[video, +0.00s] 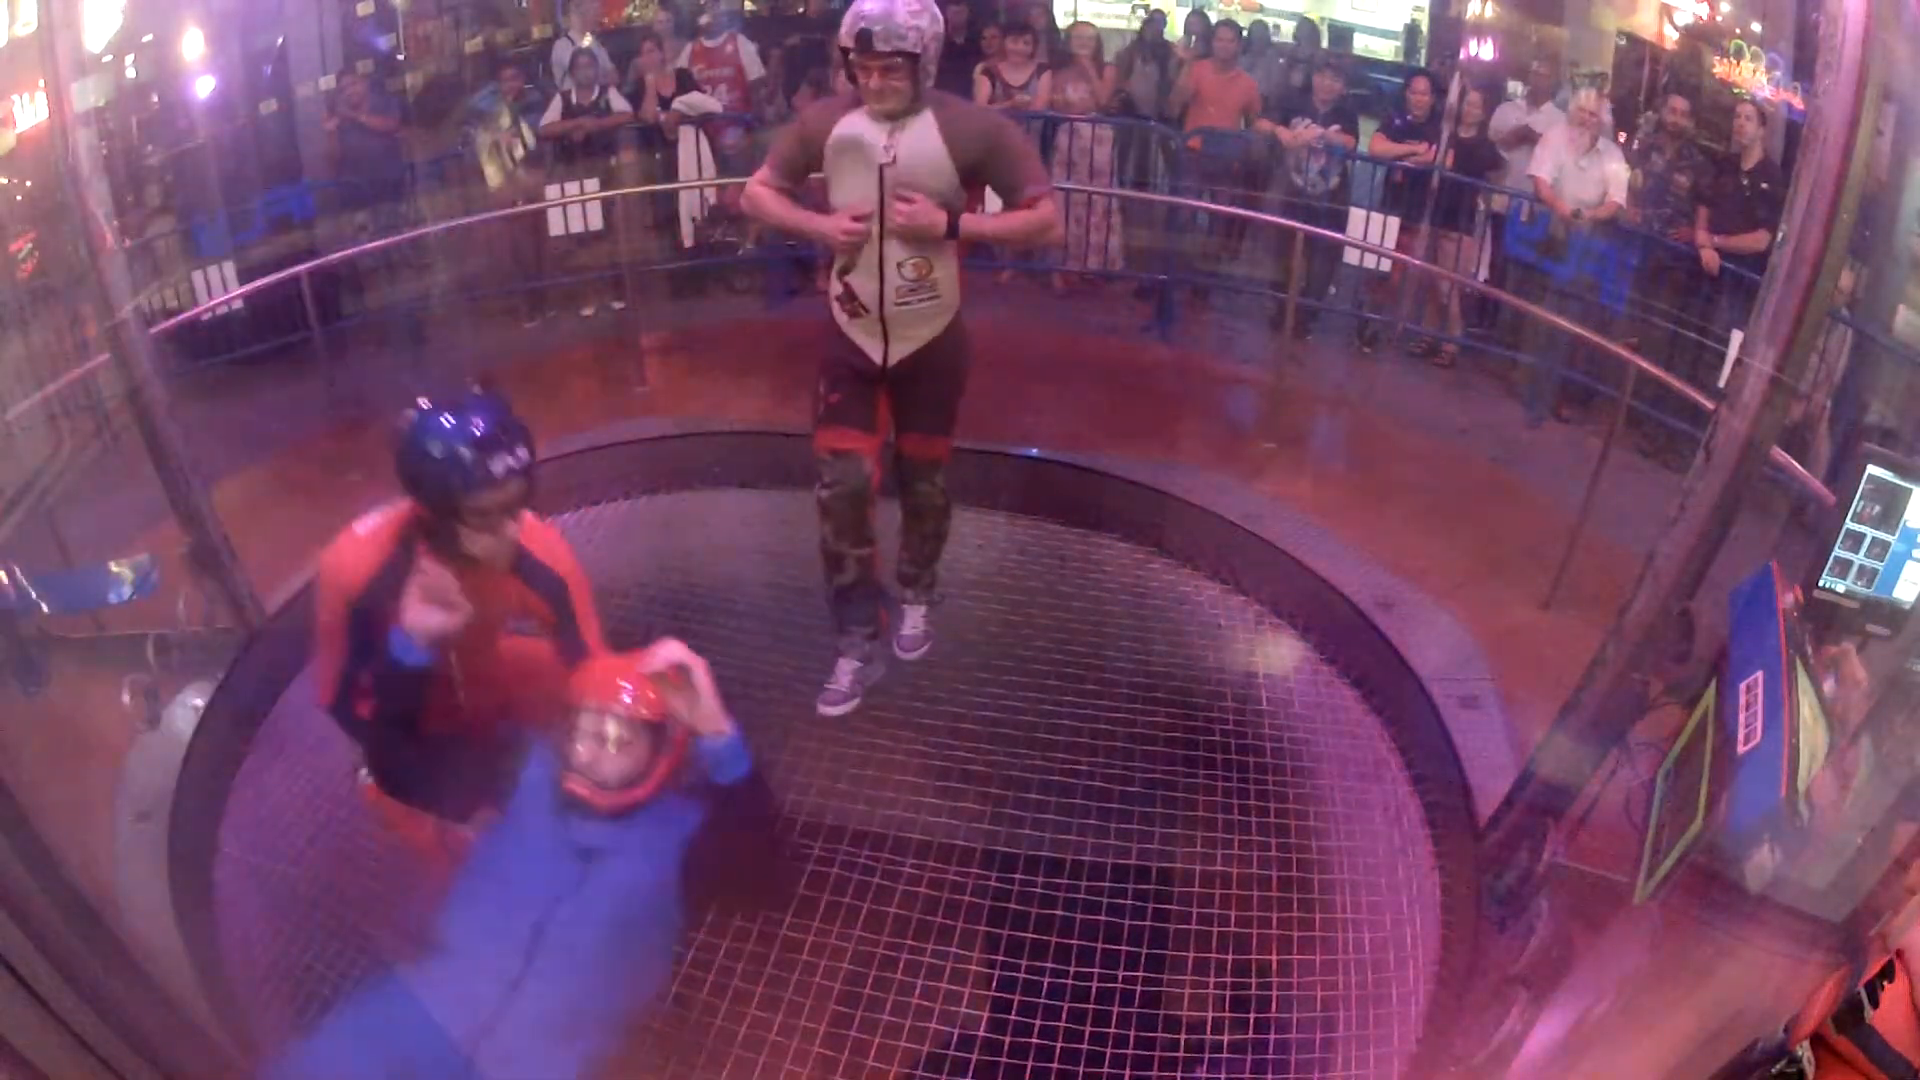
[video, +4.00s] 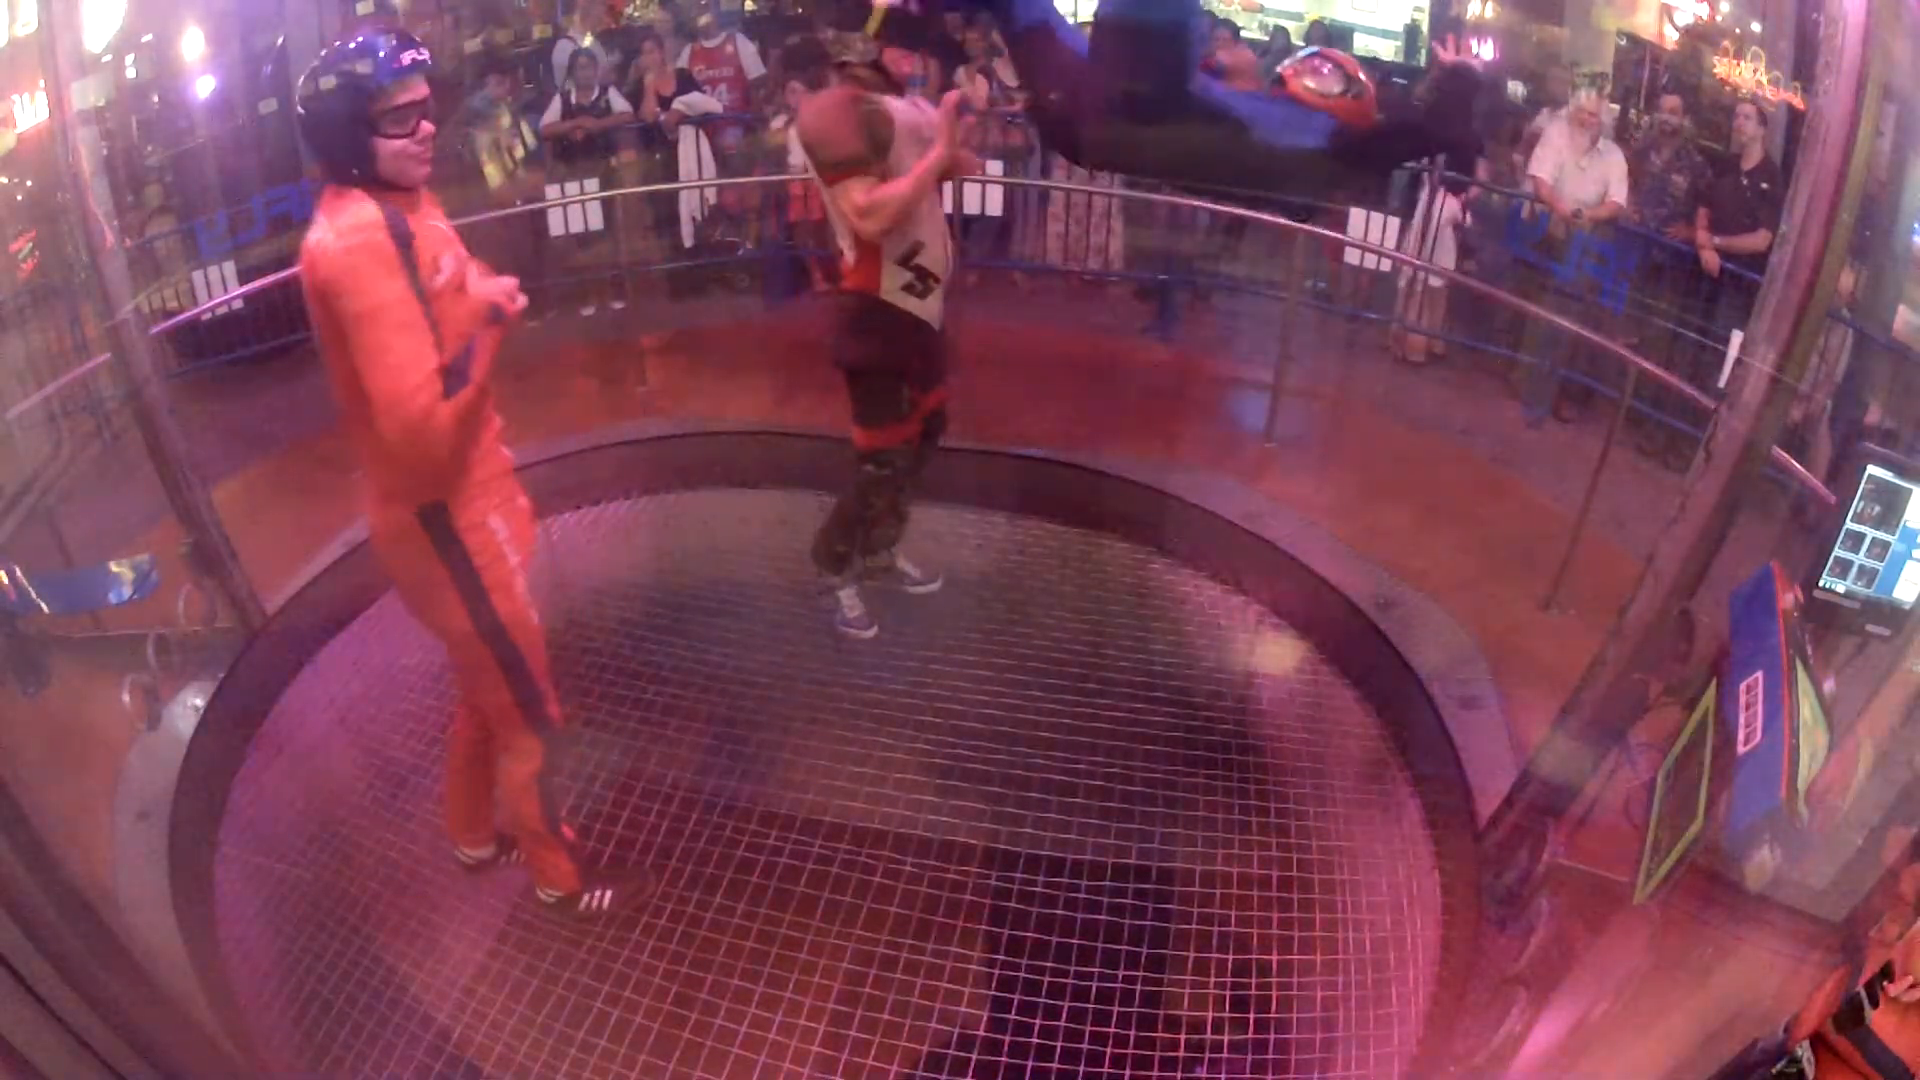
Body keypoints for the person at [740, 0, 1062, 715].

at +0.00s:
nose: (877, 79)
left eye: (893, 68)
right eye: (866, 66)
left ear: (923, 66)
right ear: (851, 64)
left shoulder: (973, 130)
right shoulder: (823, 124)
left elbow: (1047, 219)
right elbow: (754, 193)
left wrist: (950, 225)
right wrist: (820, 225)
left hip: (931, 339)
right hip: (849, 337)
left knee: (922, 487)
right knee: (839, 489)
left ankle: (915, 596)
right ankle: (855, 640)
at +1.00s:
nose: (783, 102)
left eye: (796, 89)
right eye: (769, 90)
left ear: (821, 80)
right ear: (751, 86)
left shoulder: (873, 132)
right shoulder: (724, 146)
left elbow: (959, 190)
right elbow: (658, 222)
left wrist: (896, 198)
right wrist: (731, 235)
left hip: (858, 339)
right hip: (776, 346)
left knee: (887, 490)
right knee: (779, 492)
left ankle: (890, 599)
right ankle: (797, 599)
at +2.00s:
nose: (871, 93)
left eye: (883, 78)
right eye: (857, 81)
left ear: (901, 68)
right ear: (833, 72)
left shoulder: (934, 111)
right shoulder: (801, 135)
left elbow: (998, 156)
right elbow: (763, 234)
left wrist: (973, 179)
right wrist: (850, 250)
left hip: (924, 304)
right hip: (851, 311)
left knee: (935, 445)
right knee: (862, 445)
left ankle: (916, 555)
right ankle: (838, 578)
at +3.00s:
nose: (887, 74)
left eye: (896, 62)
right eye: (875, 61)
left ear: (905, 62)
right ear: (843, 60)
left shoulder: (900, 120)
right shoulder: (805, 125)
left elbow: (897, 193)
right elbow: (746, 229)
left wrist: (931, 210)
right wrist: (813, 270)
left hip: (890, 297)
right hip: (823, 309)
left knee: (920, 429)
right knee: (849, 452)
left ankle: (886, 540)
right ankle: (827, 575)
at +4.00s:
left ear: (873, 116)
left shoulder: (902, 129)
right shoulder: (838, 159)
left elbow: (960, 168)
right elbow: (874, 215)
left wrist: (950, 133)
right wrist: (937, 152)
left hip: (918, 317)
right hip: (870, 319)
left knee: (922, 435)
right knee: (884, 458)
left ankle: (881, 549)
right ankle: (836, 569)